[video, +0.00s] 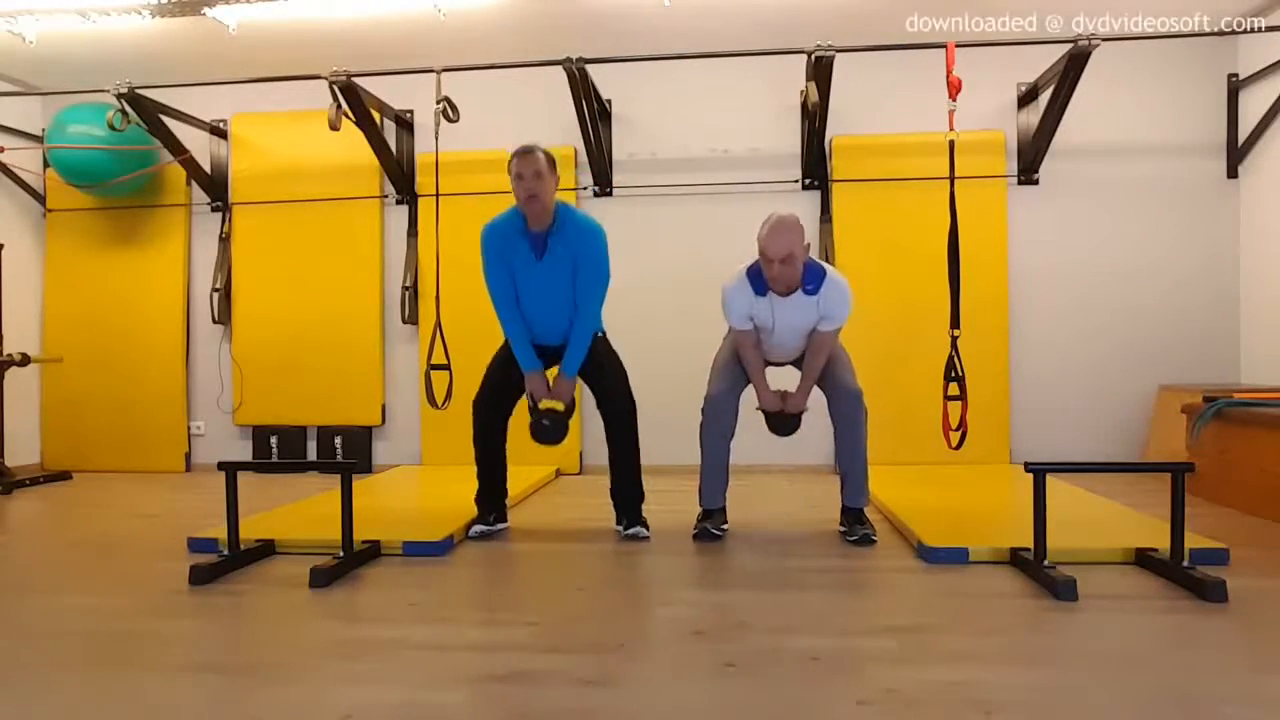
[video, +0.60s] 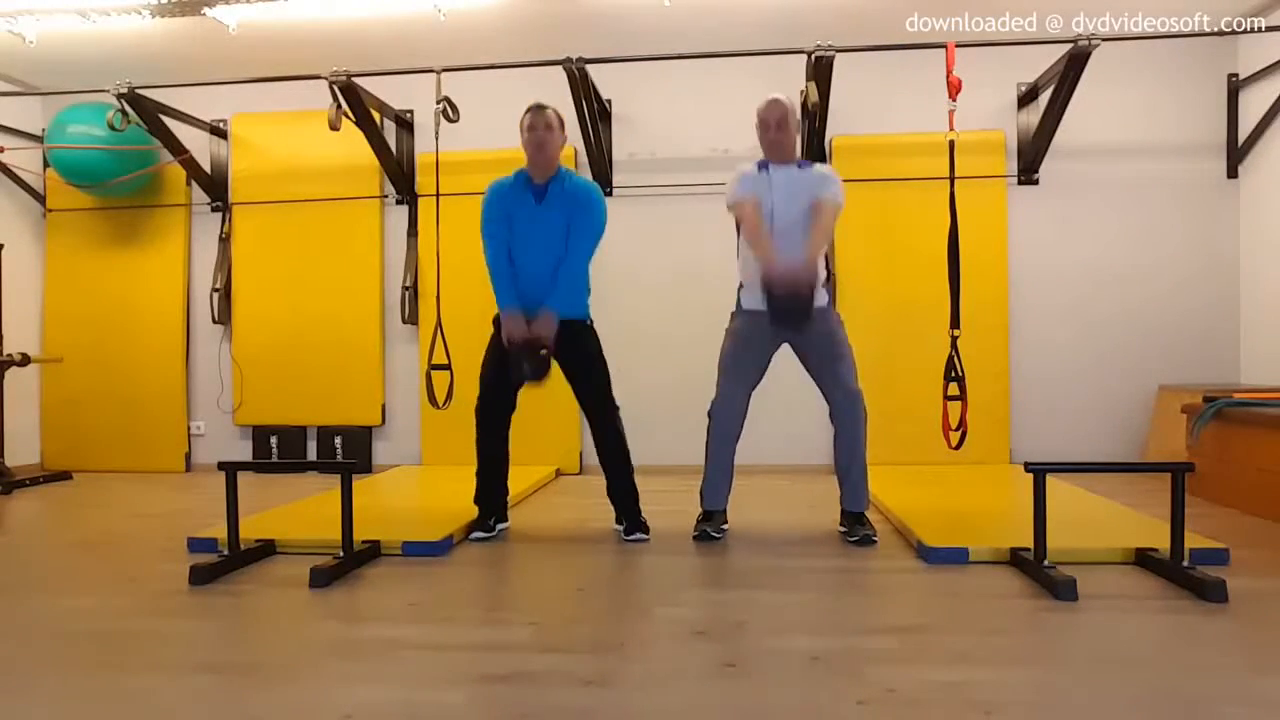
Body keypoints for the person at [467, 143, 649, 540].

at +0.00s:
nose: (527, 186)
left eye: (536, 177)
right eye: (519, 178)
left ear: (555, 181)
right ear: (511, 185)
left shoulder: (587, 233)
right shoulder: (496, 235)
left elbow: (589, 313)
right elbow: (507, 311)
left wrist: (568, 373)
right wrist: (530, 368)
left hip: (582, 341)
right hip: (524, 343)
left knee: (620, 408)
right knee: (487, 410)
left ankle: (630, 514)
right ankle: (492, 512)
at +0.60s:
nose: (538, 135)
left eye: (546, 128)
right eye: (531, 129)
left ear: (563, 139)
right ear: (521, 140)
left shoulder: (586, 195)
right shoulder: (500, 194)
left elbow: (577, 260)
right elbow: (496, 256)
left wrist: (552, 311)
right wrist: (509, 310)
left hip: (569, 320)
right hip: (512, 320)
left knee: (603, 413)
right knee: (491, 413)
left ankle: (629, 515)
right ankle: (491, 512)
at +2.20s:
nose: (534, 131)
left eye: (543, 125)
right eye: (528, 126)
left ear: (562, 135)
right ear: (519, 138)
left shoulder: (586, 188)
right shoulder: (499, 189)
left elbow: (574, 238)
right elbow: (493, 236)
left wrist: (545, 275)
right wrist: (507, 276)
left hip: (570, 318)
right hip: (516, 316)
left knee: (601, 414)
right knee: (493, 414)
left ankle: (629, 515)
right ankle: (491, 513)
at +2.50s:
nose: (543, 136)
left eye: (550, 129)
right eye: (536, 133)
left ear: (565, 136)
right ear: (527, 141)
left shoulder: (589, 178)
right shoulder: (515, 181)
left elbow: (556, 150)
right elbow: (489, 182)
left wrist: (540, 129)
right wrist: (494, 140)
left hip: (571, 312)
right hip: (519, 310)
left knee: (598, 414)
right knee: (505, 414)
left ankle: (629, 516)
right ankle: (493, 514)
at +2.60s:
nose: (535, 148)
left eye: (542, 140)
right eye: (531, 141)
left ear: (561, 140)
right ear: (527, 144)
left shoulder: (590, 178)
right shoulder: (515, 182)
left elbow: (574, 156)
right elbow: (488, 172)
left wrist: (542, 120)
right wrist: (493, 128)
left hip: (574, 312)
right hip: (522, 310)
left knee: (600, 414)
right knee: (508, 414)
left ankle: (629, 515)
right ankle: (493, 514)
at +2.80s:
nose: (547, 131)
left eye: (555, 125)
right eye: (539, 126)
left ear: (571, 135)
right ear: (529, 137)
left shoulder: (593, 175)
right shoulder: (519, 180)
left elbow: (586, 186)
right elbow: (494, 189)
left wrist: (541, 162)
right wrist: (497, 163)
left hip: (581, 316)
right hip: (528, 315)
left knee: (606, 416)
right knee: (508, 417)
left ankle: (629, 515)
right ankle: (493, 514)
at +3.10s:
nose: (539, 170)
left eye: (548, 164)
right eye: (533, 164)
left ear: (565, 175)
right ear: (523, 176)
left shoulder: (592, 232)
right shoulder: (507, 233)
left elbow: (585, 306)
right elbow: (508, 303)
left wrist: (557, 366)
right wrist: (519, 360)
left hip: (585, 344)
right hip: (530, 347)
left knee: (629, 411)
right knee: (487, 413)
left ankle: (630, 513)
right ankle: (494, 513)